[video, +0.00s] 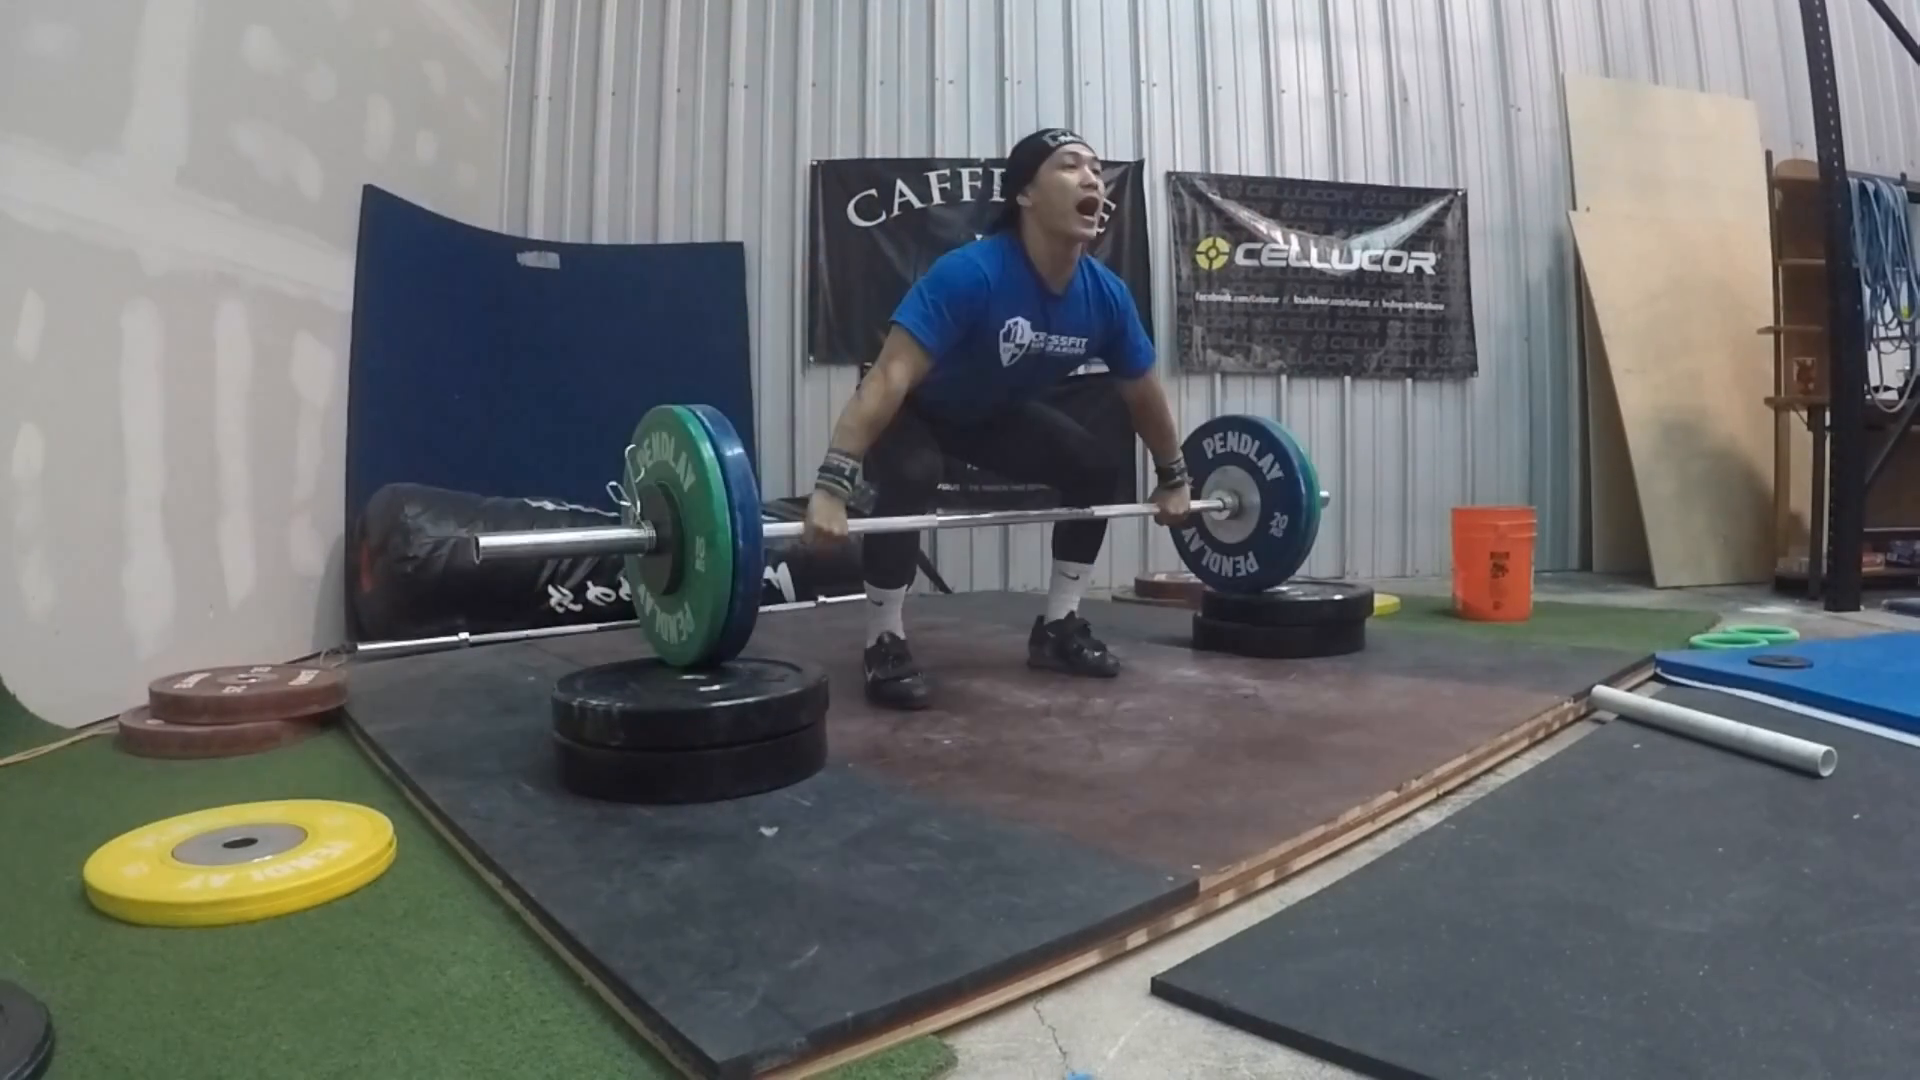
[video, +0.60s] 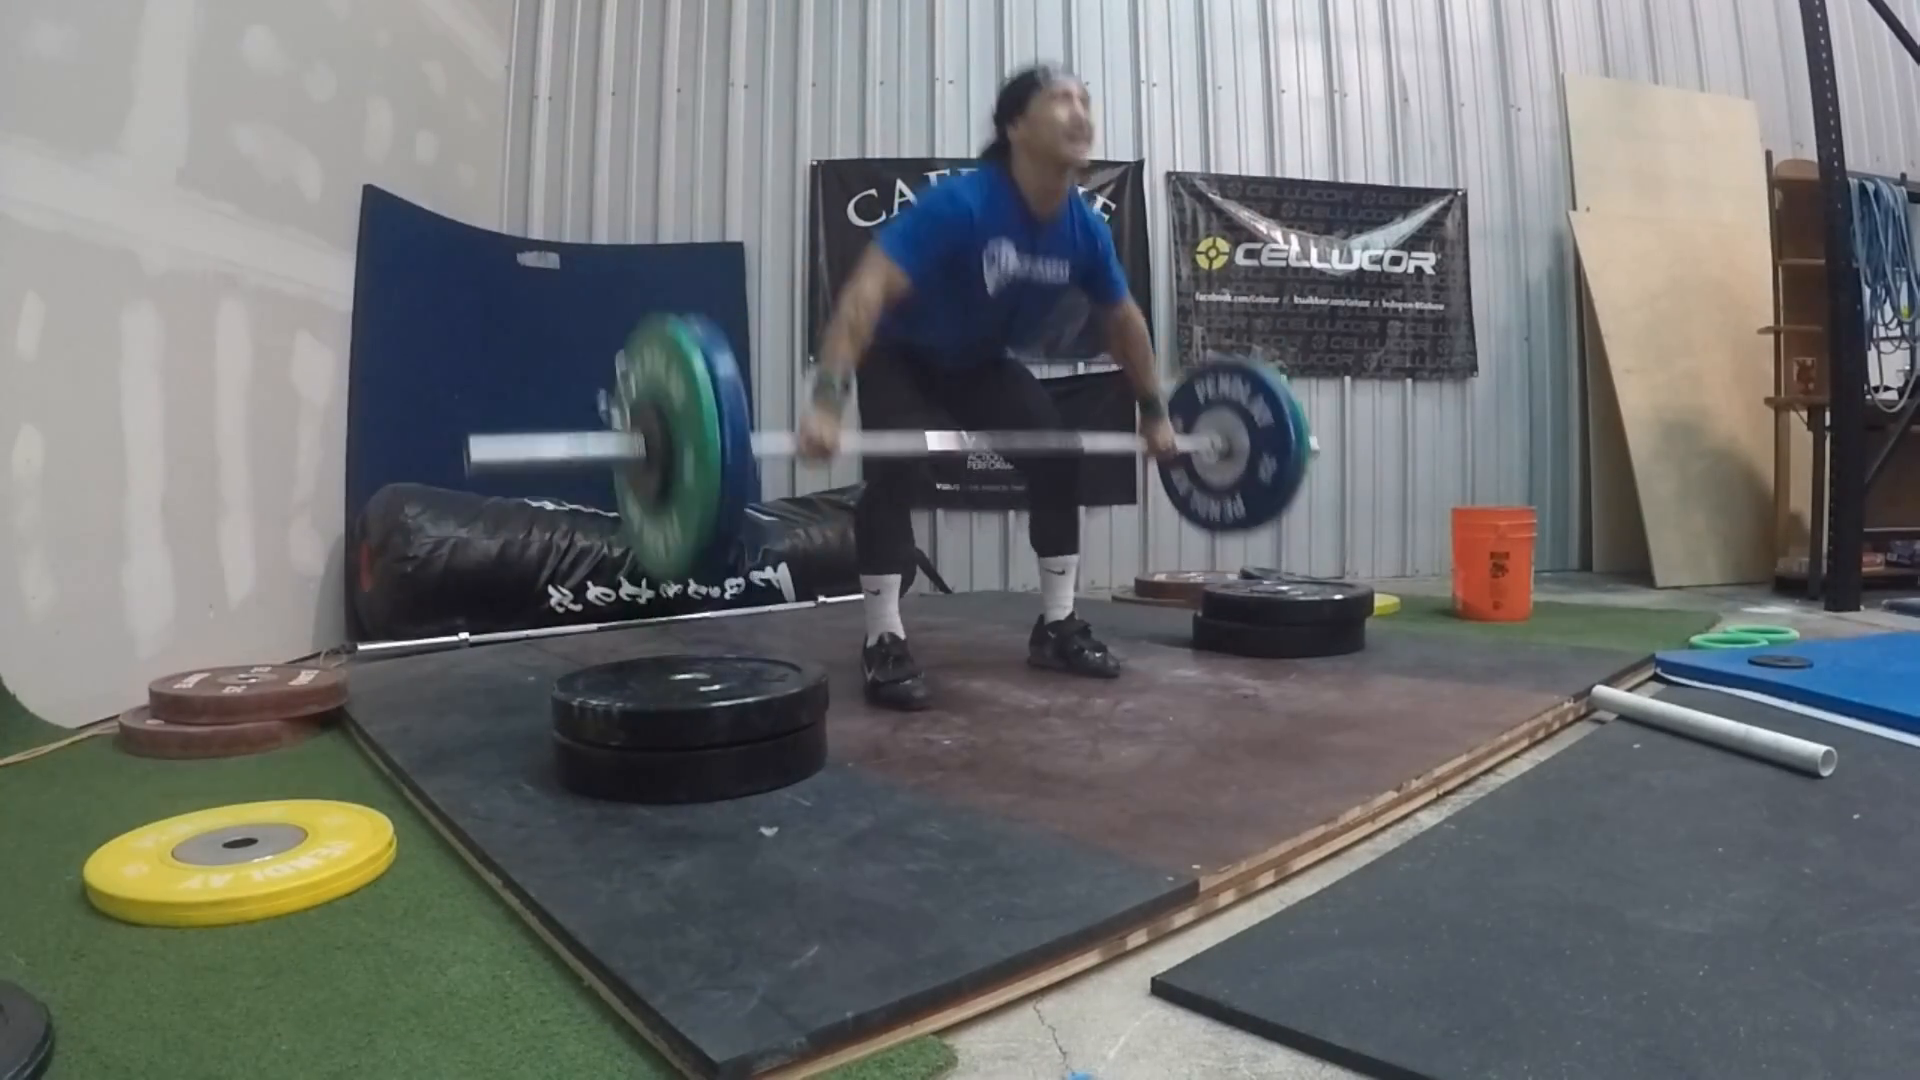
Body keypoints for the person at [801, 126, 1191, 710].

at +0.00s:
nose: (1093, 179)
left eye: (1098, 170)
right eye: (1071, 166)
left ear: (1103, 200)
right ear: (1026, 195)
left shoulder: (1108, 298)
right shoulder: (968, 274)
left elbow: (1143, 390)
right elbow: (889, 374)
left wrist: (1173, 475)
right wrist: (833, 482)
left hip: (996, 417)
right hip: (913, 414)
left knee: (1096, 465)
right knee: (911, 473)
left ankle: (1059, 625)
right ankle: (887, 642)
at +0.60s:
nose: (1080, 113)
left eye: (1083, 102)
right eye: (1060, 102)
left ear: (1091, 124)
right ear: (1016, 129)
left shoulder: (1084, 227)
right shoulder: (959, 202)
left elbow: (1124, 319)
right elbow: (868, 288)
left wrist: (1155, 411)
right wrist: (826, 398)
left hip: (978, 362)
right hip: (896, 356)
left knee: (1056, 451)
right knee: (896, 461)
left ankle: (1058, 625)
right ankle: (884, 642)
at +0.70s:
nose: (1061, 61)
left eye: (1063, 52)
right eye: (1041, 50)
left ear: (1065, 80)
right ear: (997, 75)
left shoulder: (1070, 175)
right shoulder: (946, 154)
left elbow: (1113, 267)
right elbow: (854, 220)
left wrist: (1146, 361)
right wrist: (821, 330)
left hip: (990, 342)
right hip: (903, 335)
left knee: (1053, 455)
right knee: (899, 466)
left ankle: (1058, 624)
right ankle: (885, 642)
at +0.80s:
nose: (995, 20)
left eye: (997, 16)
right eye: (975, 15)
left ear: (1005, 48)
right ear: (940, 46)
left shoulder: (1039, 132)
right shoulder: (914, 113)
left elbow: (1091, 217)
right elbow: (828, 165)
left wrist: (1135, 303)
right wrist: (807, 261)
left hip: (1018, 332)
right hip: (930, 328)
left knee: (1098, 456)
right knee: (926, 454)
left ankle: (1066, 617)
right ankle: (890, 636)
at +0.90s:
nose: (921, 25)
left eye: (923, 23)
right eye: (901, 24)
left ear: (932, 51)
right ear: (873, 54)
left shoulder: (988, 116)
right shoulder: (868, 88)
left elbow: (1053, 181)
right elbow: (806, 133)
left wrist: (1123, 236)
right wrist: (802, 188)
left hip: (1014, 276)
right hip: (933, 268)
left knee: (1060, 424)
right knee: (924, 424)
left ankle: (1080, 605)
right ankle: (891, 630)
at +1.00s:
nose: (882, 81)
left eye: (887, 78)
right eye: (866, 79)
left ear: (901, 99)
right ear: (841, 104)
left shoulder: (939, 151)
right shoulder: (835, 139)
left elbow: (1025, 197)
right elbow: (768, 165)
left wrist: (1112, 201)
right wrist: (783, 147)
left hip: (987, 302)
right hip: (922, 301)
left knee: (1069, 442)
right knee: (906, 446)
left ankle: (1035, 600)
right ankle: (849, 620)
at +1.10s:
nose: (898, 152)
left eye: (901, 147)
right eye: (881, 147)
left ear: (911, 170)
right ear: (853, 172)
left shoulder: (949, 228)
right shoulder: (840, 222)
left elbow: (1026, 251)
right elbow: (760, 214)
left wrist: (1091, 195)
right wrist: (768, 136)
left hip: (975, 419)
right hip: (904, 421)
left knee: (1098, 504)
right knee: (870, 519)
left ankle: (1012, 610)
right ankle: (831, 628)